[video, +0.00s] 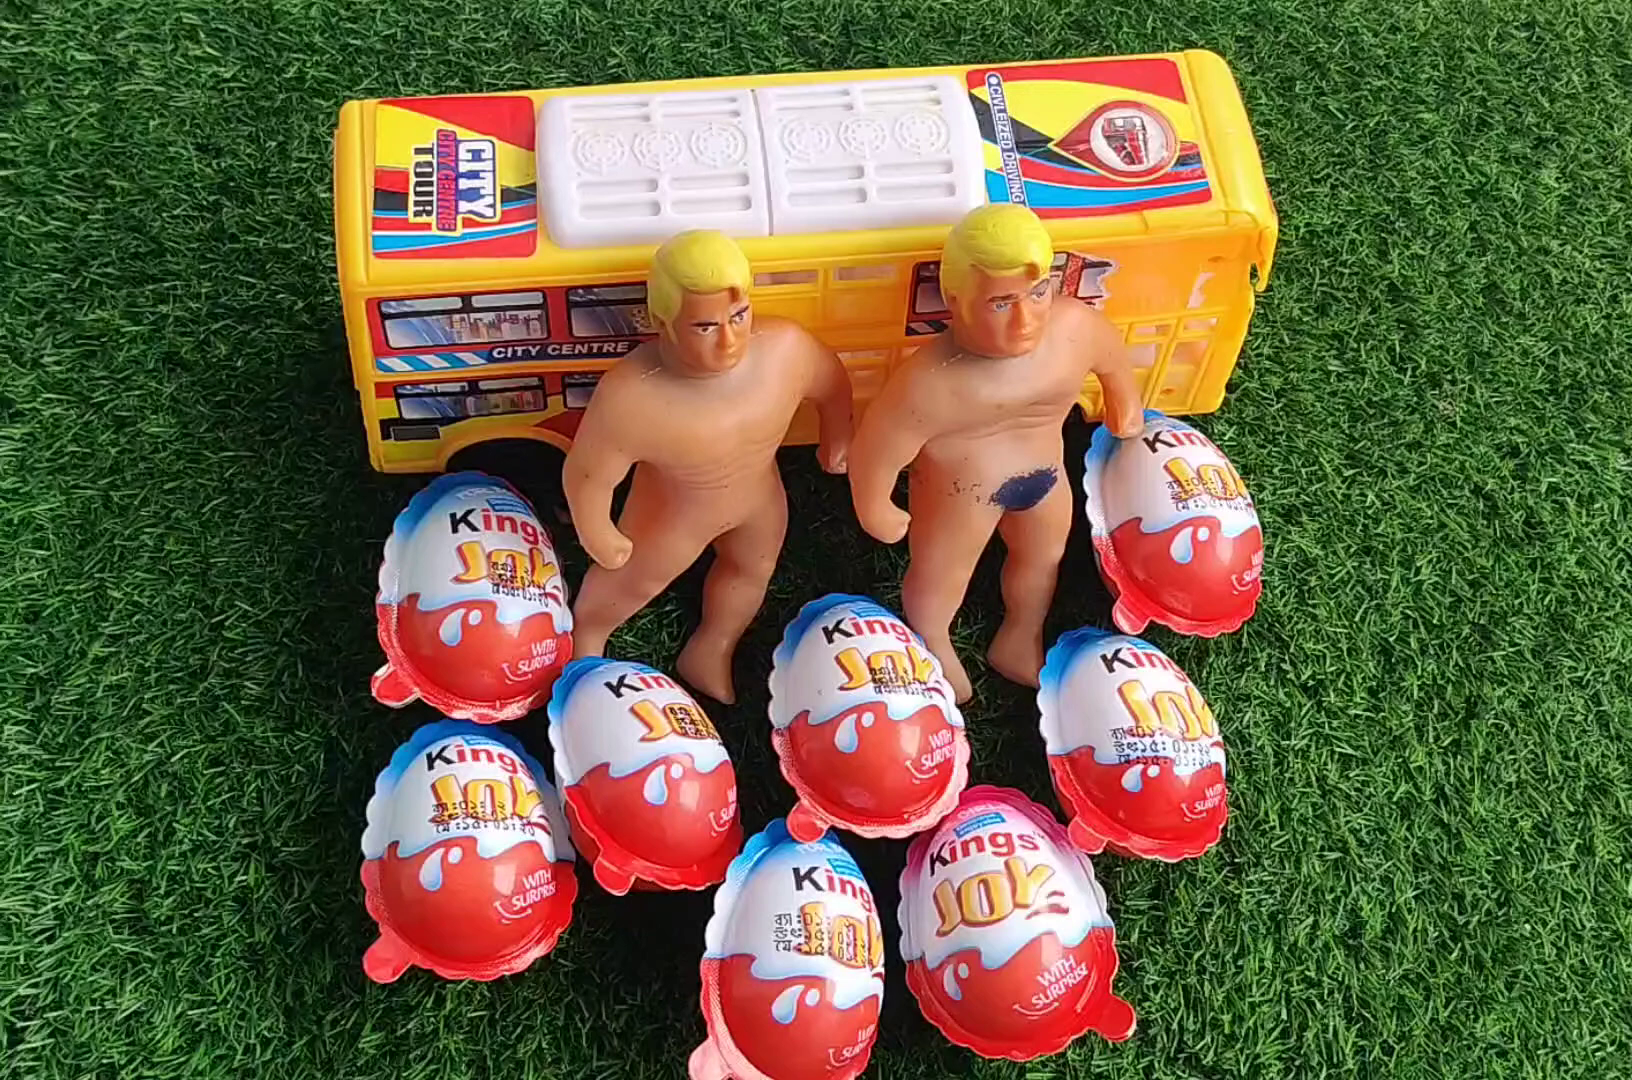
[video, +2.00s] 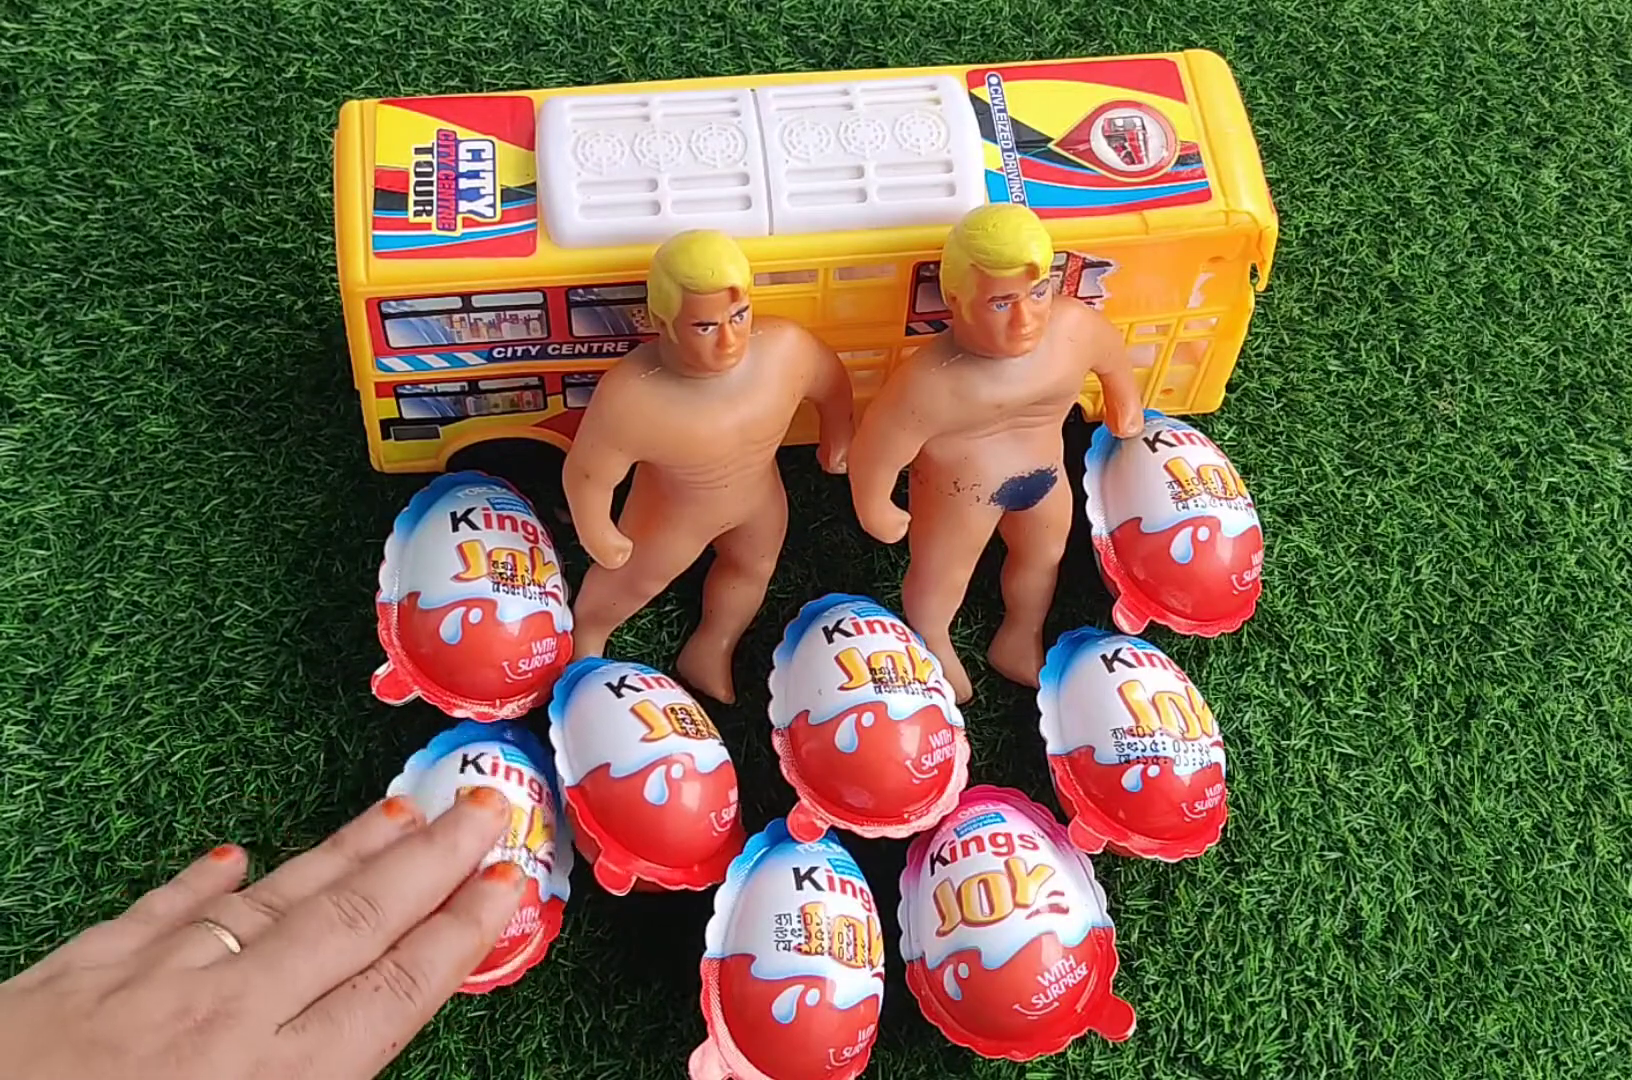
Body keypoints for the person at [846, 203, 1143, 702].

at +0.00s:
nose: (1024, 317)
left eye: (1036, 295)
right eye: (1000, 302)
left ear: (1050, 285)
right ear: (953, 304)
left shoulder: (1078, 328)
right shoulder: (926, 383)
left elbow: (1112, 359)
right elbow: (873, 453)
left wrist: (1126, 407)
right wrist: (877, 514)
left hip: (1045, 478)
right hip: (959, 492)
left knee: (1040, 564)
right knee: (939, 581)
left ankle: (1020, 643)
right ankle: (933, 648)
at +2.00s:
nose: (1024, 316)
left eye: (1037, 294)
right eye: (1000, 302)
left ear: (1051, 284)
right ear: (954, 304)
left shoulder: (1078, 327)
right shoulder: (927, 382)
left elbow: (1113, 358)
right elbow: (874, 452)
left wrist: (1126, 406)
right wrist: (877, 514)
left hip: (1045, 477)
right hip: (959, 493)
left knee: (1041, 561)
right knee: (940, 580)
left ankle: (1020, 642)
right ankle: (933, 645)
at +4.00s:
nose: (1024, 316)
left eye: (1036, 294)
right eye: (1000, 302)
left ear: (1049, 284)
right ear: (953, 303)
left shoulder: (1077, 326)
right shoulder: (927, 383)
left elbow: (1112, 357)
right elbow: (873, 456)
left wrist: (1125, 404)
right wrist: (875, 513)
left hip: (1044, 478)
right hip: (958, 493)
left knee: (1040, 561)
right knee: (938, 580)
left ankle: (1019, 643)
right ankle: (934, 647)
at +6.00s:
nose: (1024, 317)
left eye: (1037, 294)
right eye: (1000, 302)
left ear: (1051, 283)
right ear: (953, 303)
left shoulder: (1079, 328)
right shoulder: (927, 381)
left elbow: (1115, 362)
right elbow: (871, 458)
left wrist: (1126, 410)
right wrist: (879, 516)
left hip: (1044, 479)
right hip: (958, 492)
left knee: (1040, 563)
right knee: (940, 584)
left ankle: (1020, 643)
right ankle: (922, 662)